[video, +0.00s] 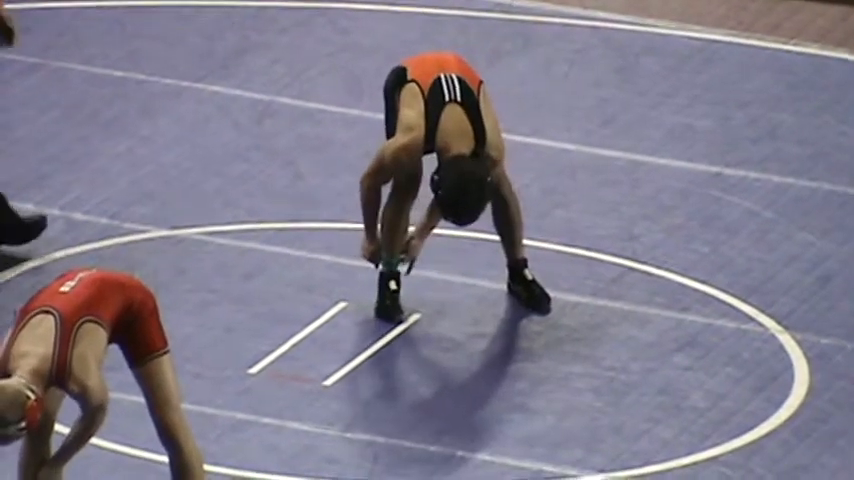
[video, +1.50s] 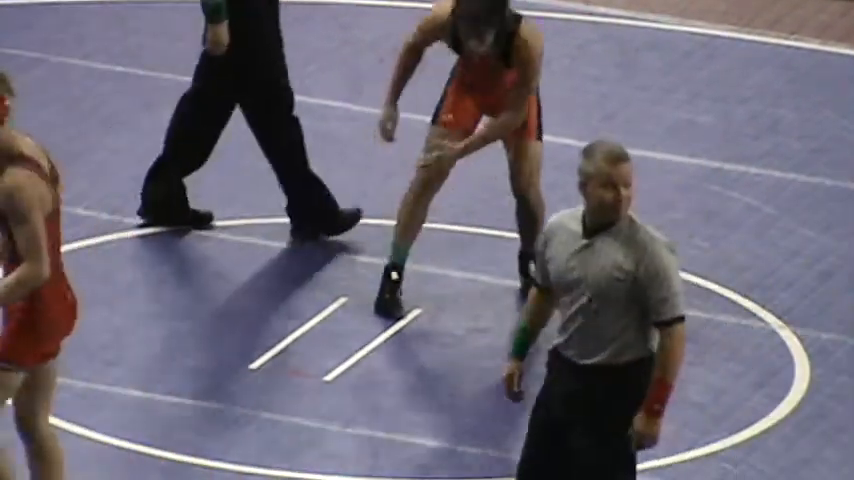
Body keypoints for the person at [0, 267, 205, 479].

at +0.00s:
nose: (19, 433)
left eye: (16, 430)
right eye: (13, 432)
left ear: (32, 407)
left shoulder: (82, 378)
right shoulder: (5, 363)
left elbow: (95, 413)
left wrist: (56, 464)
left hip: (127, 295)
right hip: (71, 286)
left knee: (170, 428)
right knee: (38, 432)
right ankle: (33, 473)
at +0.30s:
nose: (22, 426)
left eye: (22, 419)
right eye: (15, 423)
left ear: (34, 390)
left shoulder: (86, 372)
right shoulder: (6, 354)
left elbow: (90, 417)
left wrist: (48, 464)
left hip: (130, 292)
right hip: (74, 282)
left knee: (172, 428)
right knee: (42, 423)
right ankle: (31, 474)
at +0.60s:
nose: (27, 359)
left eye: (34, 350)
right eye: (19, 353)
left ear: (52, 334)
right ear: (10, 336)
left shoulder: (99, 327)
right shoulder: (16, 313)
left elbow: (104, 394)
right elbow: (31, 367)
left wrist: (63, 442)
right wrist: (39, 408)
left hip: (140, 290)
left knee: (172, 430)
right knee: (44, 421)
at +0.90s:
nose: (42, 244)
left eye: (48, 233)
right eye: (33, 235)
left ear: (65, 217)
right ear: (22, 231)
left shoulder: (115, 238)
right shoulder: (56, 231)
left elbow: (135, 320)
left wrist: (69, 346)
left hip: (154, 311)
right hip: (103, 307)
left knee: (175, 432)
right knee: (43, 409)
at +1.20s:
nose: (23, 159)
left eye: (27, 147)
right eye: (12, 152)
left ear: (41, 137)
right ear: (1, 152)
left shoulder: (72, 187)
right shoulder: (9, 185)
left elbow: (84, 280)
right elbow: (27, 245)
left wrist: (27, 321)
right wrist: (31, 311)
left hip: (104, 310)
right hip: (59, 308)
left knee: (122, 440)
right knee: (29, 422)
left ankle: (172, 472)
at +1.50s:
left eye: (0, 103)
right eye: (2, 104)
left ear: (5, 106)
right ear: (6, 106)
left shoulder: (17, 183)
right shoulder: (29, 150)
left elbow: (37, 268)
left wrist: (0, 295)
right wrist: (12, 280)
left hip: (31, 311)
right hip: (52, 299)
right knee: (33, 421)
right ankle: (50, 474)